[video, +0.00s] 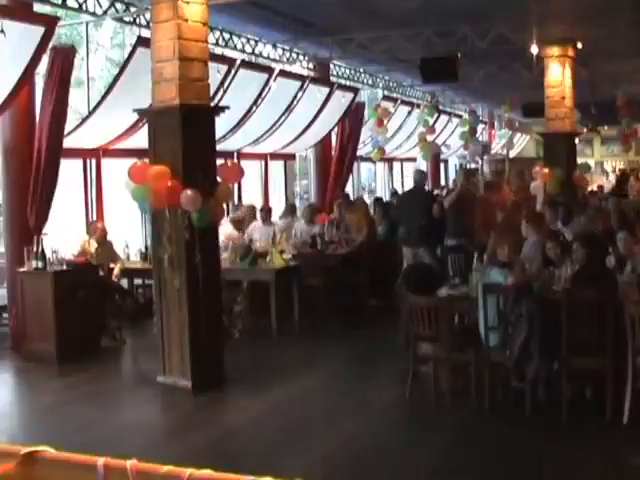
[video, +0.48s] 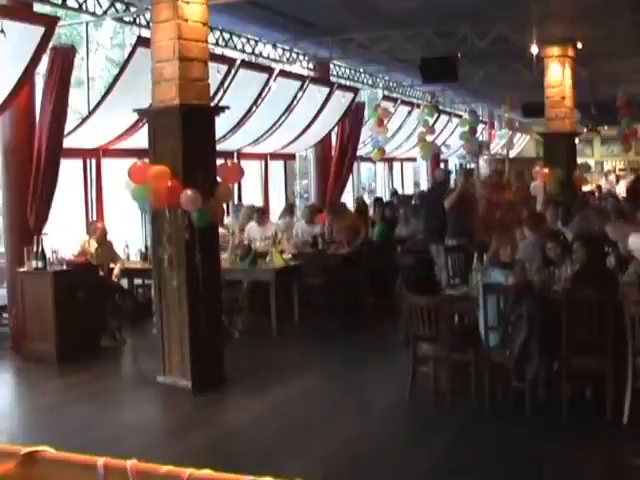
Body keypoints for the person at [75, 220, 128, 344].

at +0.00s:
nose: (104, 234)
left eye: (104, 231)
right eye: (101, 231)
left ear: (105, 232)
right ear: (93, 232)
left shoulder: (107, 246)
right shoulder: (85, 244)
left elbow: (119, 261)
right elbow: (75, 258)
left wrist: (116, 273)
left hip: (105, 281)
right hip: (88, 281)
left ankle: (114, 332)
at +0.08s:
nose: (104, 234)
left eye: (104, 231)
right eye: (101, 231)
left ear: (105, 232)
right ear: (93, 232)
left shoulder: (107, 246)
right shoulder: (86, 244)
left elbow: (119, 261)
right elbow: (75, 258)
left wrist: (116, 274)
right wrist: (85, 260)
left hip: (104, 281)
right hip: (88, 280)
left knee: (110, 306)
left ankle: (115, 332)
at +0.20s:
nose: (104, 235)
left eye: (105, 232)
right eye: (101, 232)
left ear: (105, 233)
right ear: (93, 232)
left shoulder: (107, 246)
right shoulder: (86, 244)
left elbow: (119, 261)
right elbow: (75, 258)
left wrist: (116, 274)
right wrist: (85, 260)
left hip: (104, 281)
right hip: (88, 280)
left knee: (110, 306)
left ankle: (115, 332)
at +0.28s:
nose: (103, 234)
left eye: (104, 231)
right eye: (100, 231)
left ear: (105, 233)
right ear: (93, 232)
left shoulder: (107, 246)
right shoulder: (86, 244)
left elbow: (119, 261)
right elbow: (75, 258)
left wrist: (116, 273)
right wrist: (85, 259)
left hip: (104, 281)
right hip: (88, 280)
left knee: (111, 306)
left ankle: (115, 332)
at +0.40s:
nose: (104, 235)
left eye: (104, 232)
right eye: (101, 232)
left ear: (105, 233)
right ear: (93, 232)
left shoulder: (107, 246)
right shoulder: (85, 244)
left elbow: (119, 261)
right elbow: (75, 258)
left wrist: (116, 274)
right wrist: (85, 260)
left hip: (104, 281)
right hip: (88, 280)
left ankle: (114, 332)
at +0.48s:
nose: (104, 235)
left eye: (105, 232)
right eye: (101, 232)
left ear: (105, 233)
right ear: (93, 232)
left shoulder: (107, 246)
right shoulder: (85, 244)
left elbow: (119, 261)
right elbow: (75, 258)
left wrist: (116, 274)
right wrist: (85, 260)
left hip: (104, 281)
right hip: (88, 280)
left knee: (110, 307)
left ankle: (114, 332)